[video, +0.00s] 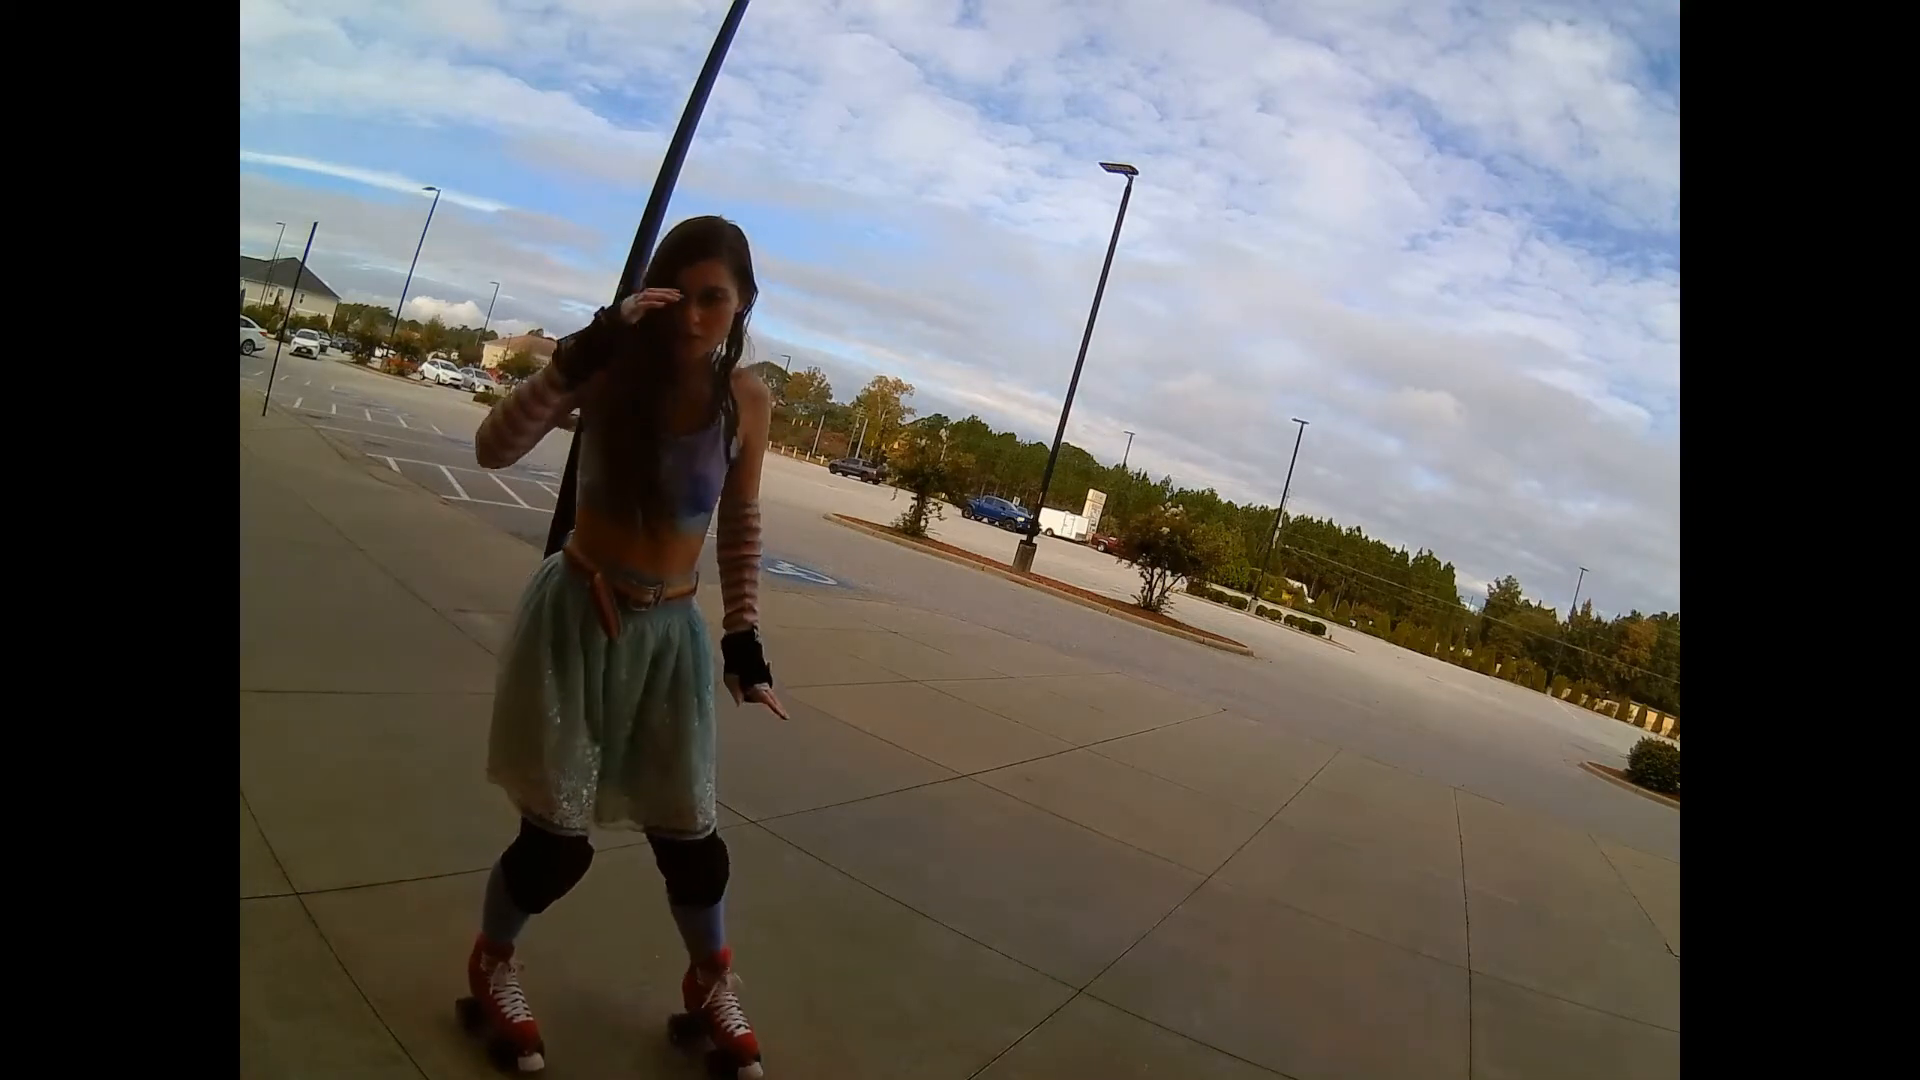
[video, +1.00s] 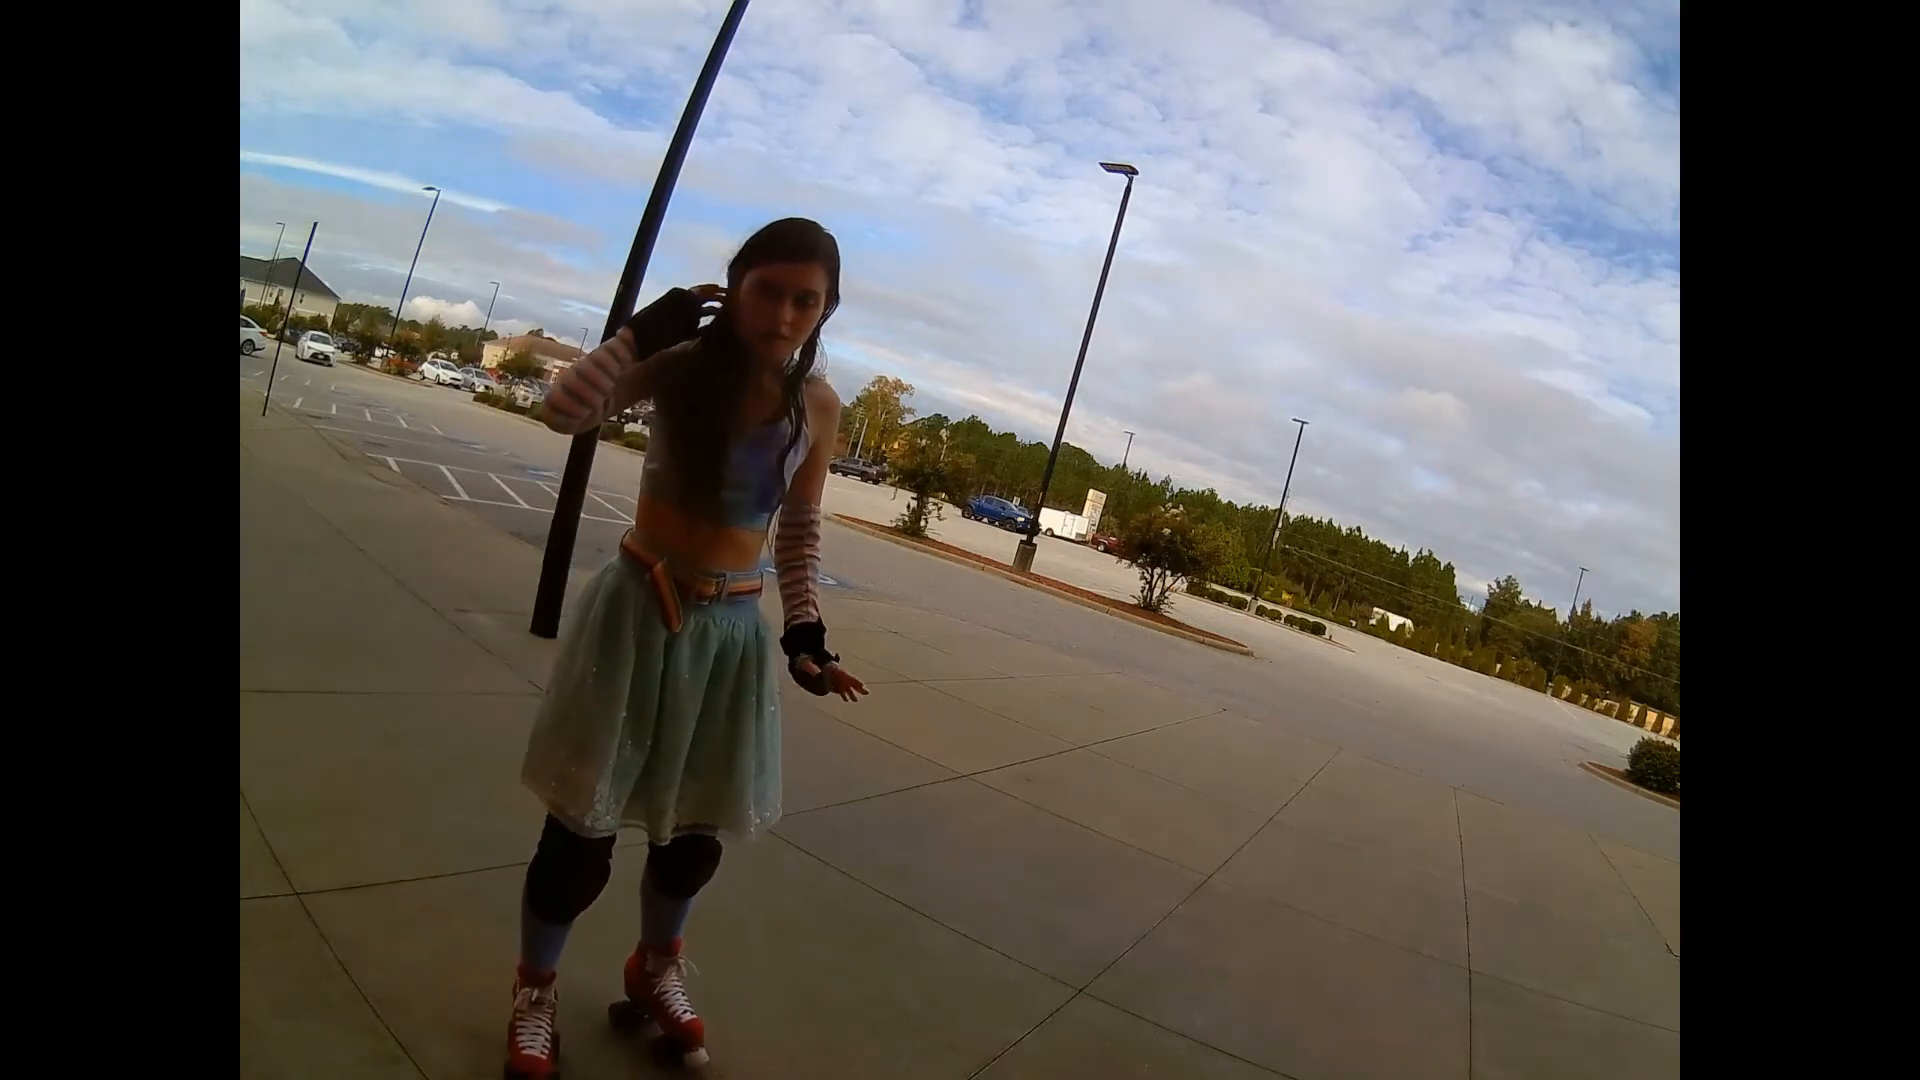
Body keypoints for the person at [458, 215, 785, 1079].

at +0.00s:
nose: (693, 313)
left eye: (714, 299)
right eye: (680, 294)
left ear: (741, 307)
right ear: (653, 293)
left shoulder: (744, 399)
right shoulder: (607, 363)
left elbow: (741, 523)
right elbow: (495, 449)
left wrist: (742, 634)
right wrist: (593, 348)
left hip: (672, 629)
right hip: (574, 615)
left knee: (694, 848)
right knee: (557, 847)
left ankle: (711, 990)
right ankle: (491, 964)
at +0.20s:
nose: (712, 297)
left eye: (732, 283)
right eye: (698, 278)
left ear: (757, 296)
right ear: (669, 281)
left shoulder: (752, 393)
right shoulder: (621, 361)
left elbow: (740, 519)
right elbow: (528, 441)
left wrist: (741, 628)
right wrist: (617, 331)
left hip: (681, 621)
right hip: (586, 608)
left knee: (693, 846)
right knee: (558, 846)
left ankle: (670, 988)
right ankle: (494, 966)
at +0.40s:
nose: (746, 302)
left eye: (767, 285)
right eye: (730, 281)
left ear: (794, 294)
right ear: (701, 281)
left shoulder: (783, 394)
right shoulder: (654, 360)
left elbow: (764, 516)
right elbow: (566, 447)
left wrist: (760, 625)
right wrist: (643, 341)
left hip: (708, 628)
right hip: (618, 610)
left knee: (694, 846)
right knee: (564, 839)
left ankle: (666, 986)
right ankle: (497, 968)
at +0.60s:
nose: (775, 309)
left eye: (796, 292)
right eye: (760, 288)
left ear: (820, 303)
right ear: (729, 287)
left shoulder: (812, 402)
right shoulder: (677, 358)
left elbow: (797, 523)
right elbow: (588, 423)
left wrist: (789, 631)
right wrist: (675, 326)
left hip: (729, 628)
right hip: (634, 608)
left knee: (701, 840)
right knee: (580, 832)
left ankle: (667, 977)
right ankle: (526, 980)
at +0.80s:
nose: (784, 315)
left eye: (804, 299)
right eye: (767, 294)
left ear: (826, 311)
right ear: (733, 294)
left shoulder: (819, 410)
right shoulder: (681, 366)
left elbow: (807, 531)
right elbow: (576, 401)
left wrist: (805, 639)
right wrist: (659, 316)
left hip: (737, 630)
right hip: (641, 612)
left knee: (700, 841)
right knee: (583, 831)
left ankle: (659, 972)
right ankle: (536, 990)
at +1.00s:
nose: (782, 316)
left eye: (805, 301)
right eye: (768, 292)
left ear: (825, 313)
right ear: (734, 289)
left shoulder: (816, 408)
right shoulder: (681, 364)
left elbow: (800, 530)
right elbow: (567, 407)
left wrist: (804, 628)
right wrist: (636, 340)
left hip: (734, 628)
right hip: (637, 611)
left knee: (697, 835)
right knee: (584, 835)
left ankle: (656, 971)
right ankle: (535, 991)